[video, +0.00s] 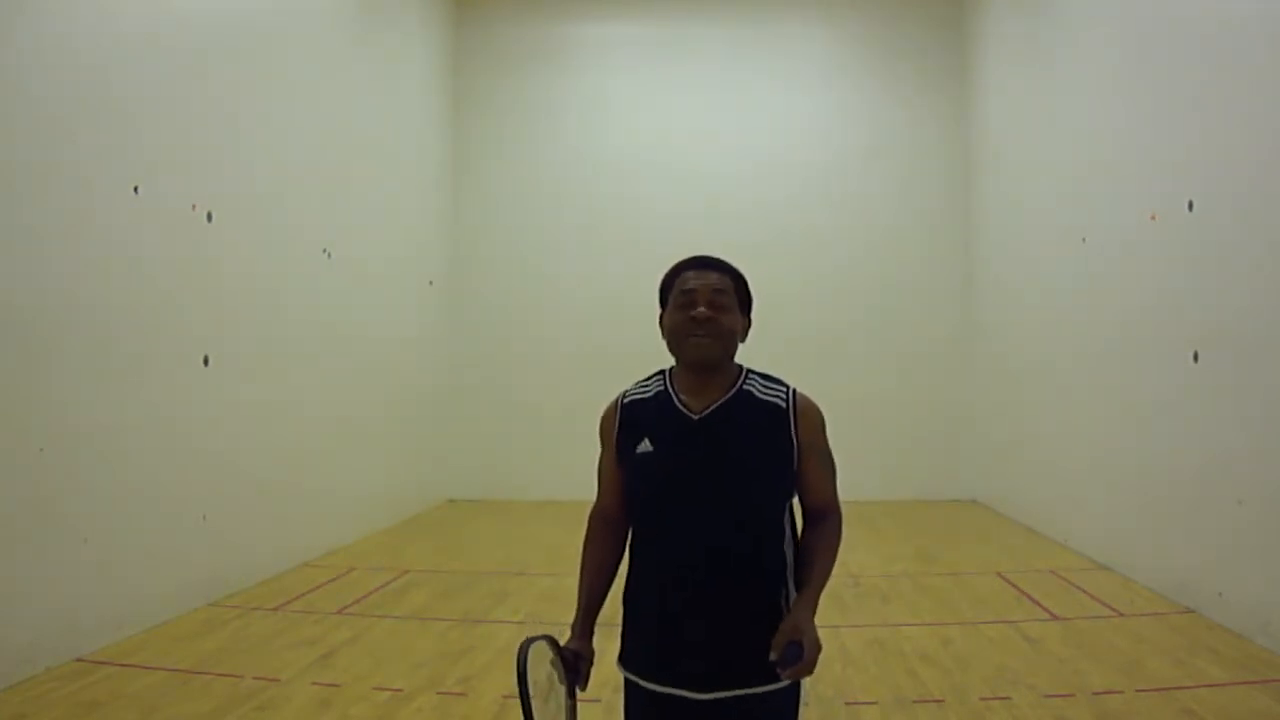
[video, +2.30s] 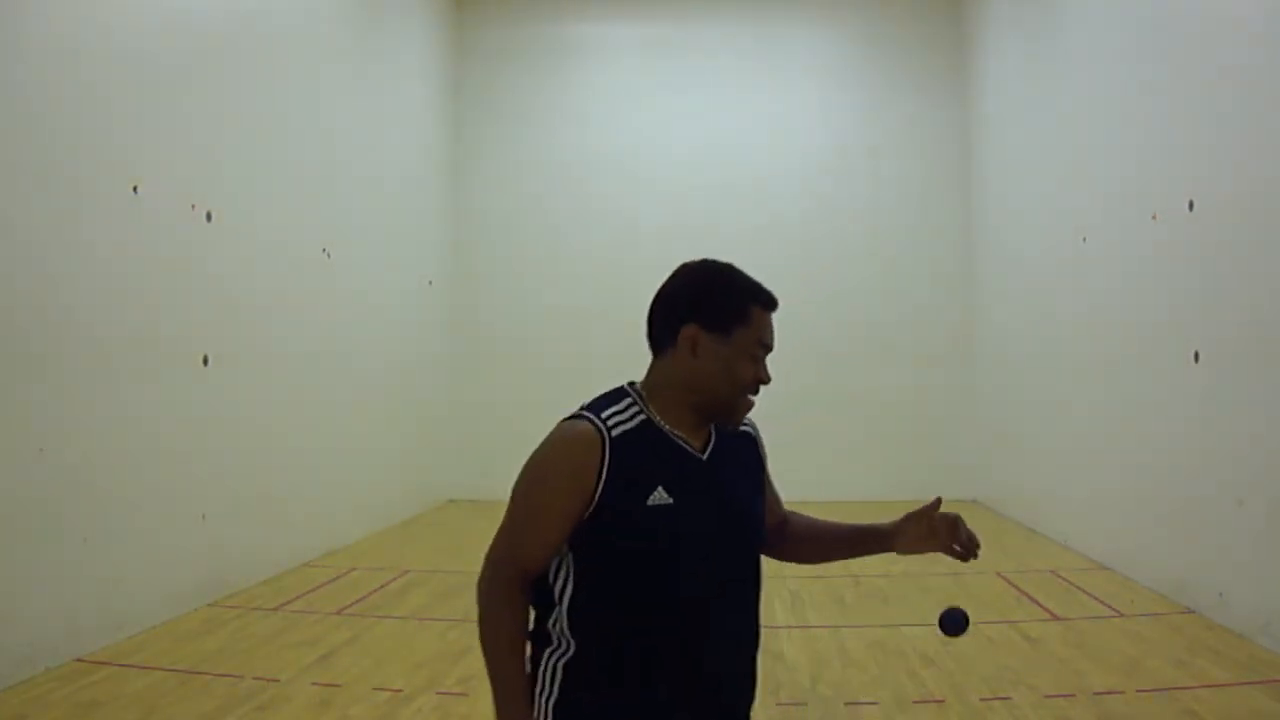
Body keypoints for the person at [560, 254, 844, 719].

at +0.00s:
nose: (702, 309)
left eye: (720, 300)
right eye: (685, 299)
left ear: (744, 325)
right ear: (662, 323)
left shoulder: (792, 414)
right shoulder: (626, 417)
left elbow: (822, 516)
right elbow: (609, 520)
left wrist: (804, 610)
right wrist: (582, 630)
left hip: (759, 672)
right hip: (656, 670)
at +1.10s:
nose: (703, 385)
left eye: (725, 367)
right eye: (686, 364)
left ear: (759, 373)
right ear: (664, 365)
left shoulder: (811, 464)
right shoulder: (631, 441)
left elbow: (855, 555)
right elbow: (630, 525)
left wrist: (826, 673)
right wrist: (608, 636)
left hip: (780, 691)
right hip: (678, 685)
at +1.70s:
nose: (765, 397)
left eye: (788, 377)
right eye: (746, 372)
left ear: (814, 382)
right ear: (712, 367)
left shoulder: (853, 482)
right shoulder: (652, 442)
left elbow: (869, 579)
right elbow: (631, 532)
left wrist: (845, 699)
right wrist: (608, 651)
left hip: (791, 696)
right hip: (677, 689)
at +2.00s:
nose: (813, 339)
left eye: (820, 324)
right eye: (792, 317)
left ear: (827, 331)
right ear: (727, 315)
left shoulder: (835, 439)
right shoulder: (649, 420)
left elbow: (842, 552)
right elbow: (594, 544)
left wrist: (881, 644)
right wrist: (588, 684)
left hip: (780, 698)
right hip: (659, 694)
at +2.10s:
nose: (811, 346)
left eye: (813, 329)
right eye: (796, 324)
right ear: (726, 317)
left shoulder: (808, 431)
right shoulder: (634, 422)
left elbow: (827, 543)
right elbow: (575, 555)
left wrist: (893, 600)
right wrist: (577, 698)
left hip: (769, 703)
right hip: (646, 700)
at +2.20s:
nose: (793, 356)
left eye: (794, 338)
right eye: (781, 335)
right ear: (713, 326)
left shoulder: (778, 435)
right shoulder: (615, 429)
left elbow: (806, 538)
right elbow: (543, 564)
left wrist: (899, 556)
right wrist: (555, 705)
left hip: (748, 702)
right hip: (628, 700)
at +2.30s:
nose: (766, 374)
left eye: (768, 356)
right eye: (757, 353)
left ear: (700, 347)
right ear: (692, 344)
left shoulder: (738, 444)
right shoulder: (587, 445)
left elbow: (779, 533)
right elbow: (503, 583)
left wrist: (892, 537)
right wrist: (516, 713)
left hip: (716, 706)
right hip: (598, 708)